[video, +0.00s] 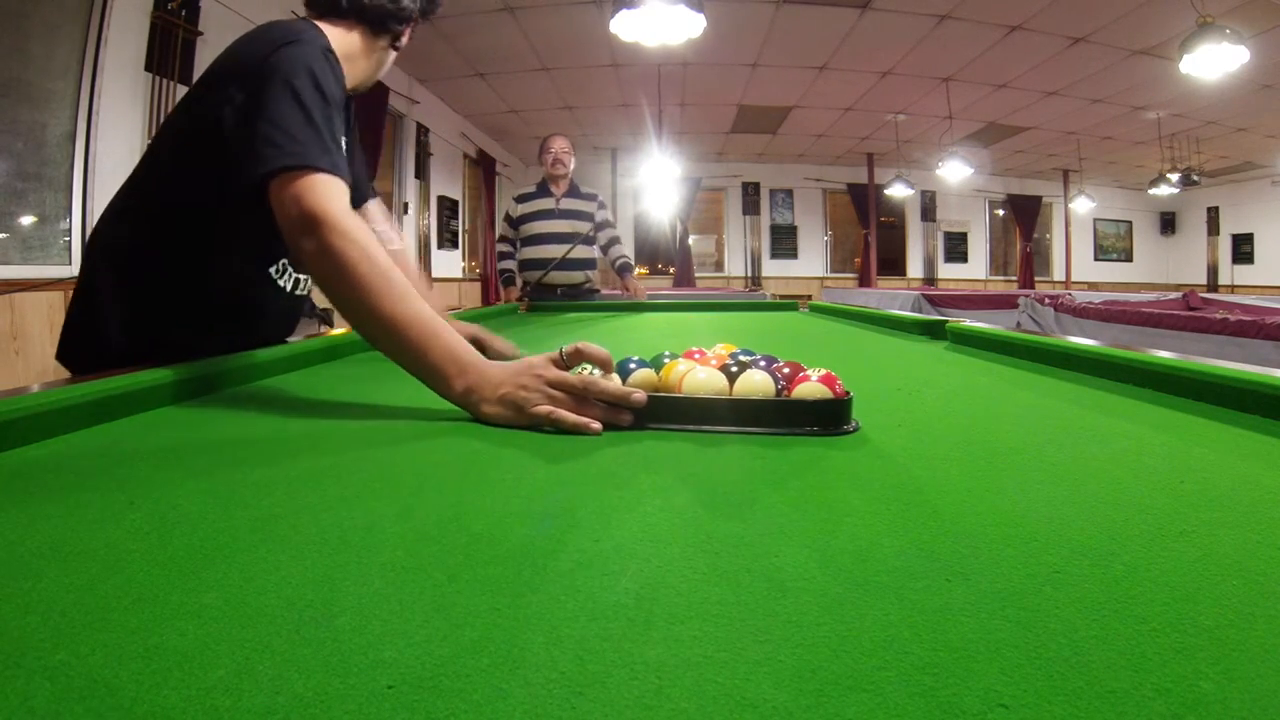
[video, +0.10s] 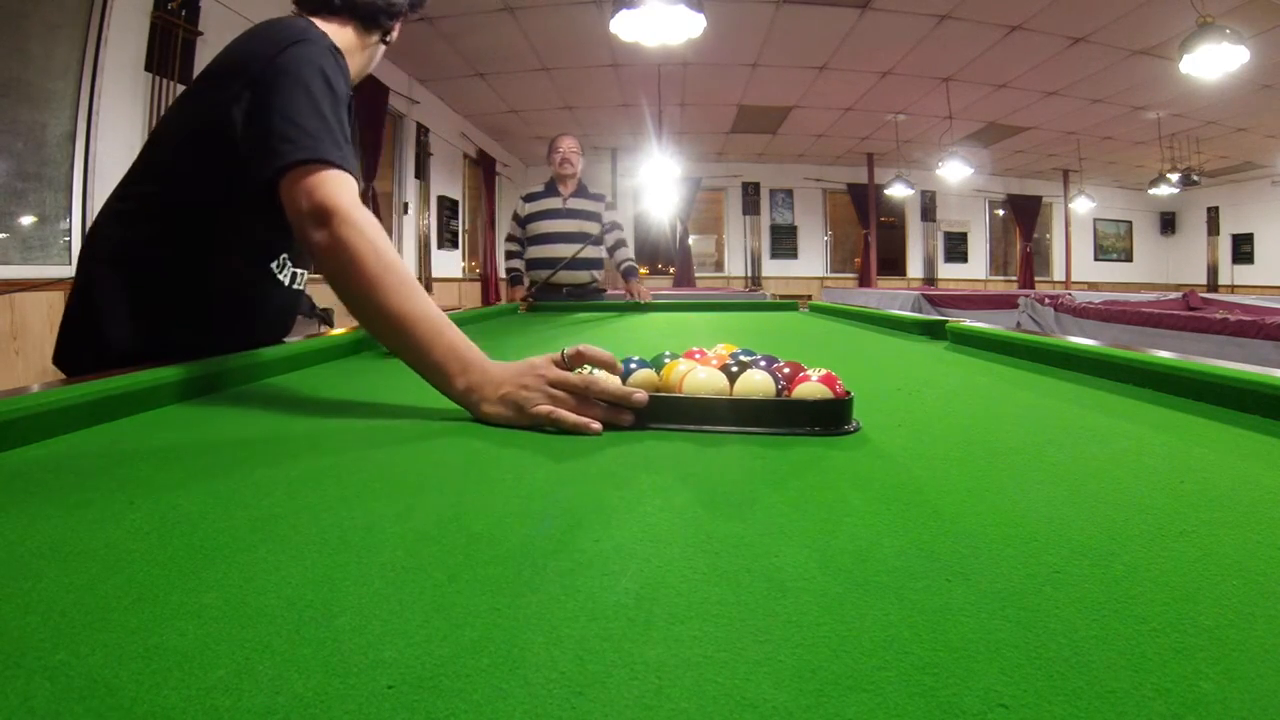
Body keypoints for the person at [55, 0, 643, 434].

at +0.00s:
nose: (400, 60)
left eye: (405, 43)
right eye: (409, 41)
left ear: (327, 10)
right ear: (400, 34)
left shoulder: (328, 96)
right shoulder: (295, 55)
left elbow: (372, 232)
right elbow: (315, 227)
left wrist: (465, 340)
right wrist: (473, 381)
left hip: (235, 346)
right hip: (149, 352)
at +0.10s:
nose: (379, 67)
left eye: (382, 55)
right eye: (389, 50)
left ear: (315, 8)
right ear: (386, 29)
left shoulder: (279, 63)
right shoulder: (300, 52)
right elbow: (326, 220)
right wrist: (477, 375)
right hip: (150, 350)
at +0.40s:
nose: (360, 60)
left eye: (362, 51)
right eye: (364, 47)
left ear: (293, 18)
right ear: (357, 32)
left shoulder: (254, 72)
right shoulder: (297, 57)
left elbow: (279, 222)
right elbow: (330, 178)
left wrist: (334, 308)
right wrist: (443, 342)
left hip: (205, 331)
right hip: (141, 335)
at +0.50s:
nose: (350, 52)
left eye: (350, 44)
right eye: (352, 41)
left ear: (279, 14)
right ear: (348, 30)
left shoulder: (243, 63)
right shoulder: (287, 54)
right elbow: (295, 178)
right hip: (142, 343)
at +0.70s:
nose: (303, 39)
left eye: (304, 28)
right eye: (303, 27)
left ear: (237, 18)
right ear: (293, 29)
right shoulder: (254, 54)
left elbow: (259, 217)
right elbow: (239, 157)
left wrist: (330, 289)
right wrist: (286, 298)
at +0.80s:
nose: (277, 50)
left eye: (279, 39)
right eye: (277, 38)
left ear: (215, 30)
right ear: (268, 41)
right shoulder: (238, 64)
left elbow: (228, 225)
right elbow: (218, 147)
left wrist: (296, 275)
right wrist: (246, 286)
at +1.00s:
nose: (245, 74)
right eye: (246, 67)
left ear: (183, 58)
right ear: (240, 64)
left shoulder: (162, 116)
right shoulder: (220, 92)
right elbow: (187, 176)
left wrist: (240, 292)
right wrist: (195, 302)